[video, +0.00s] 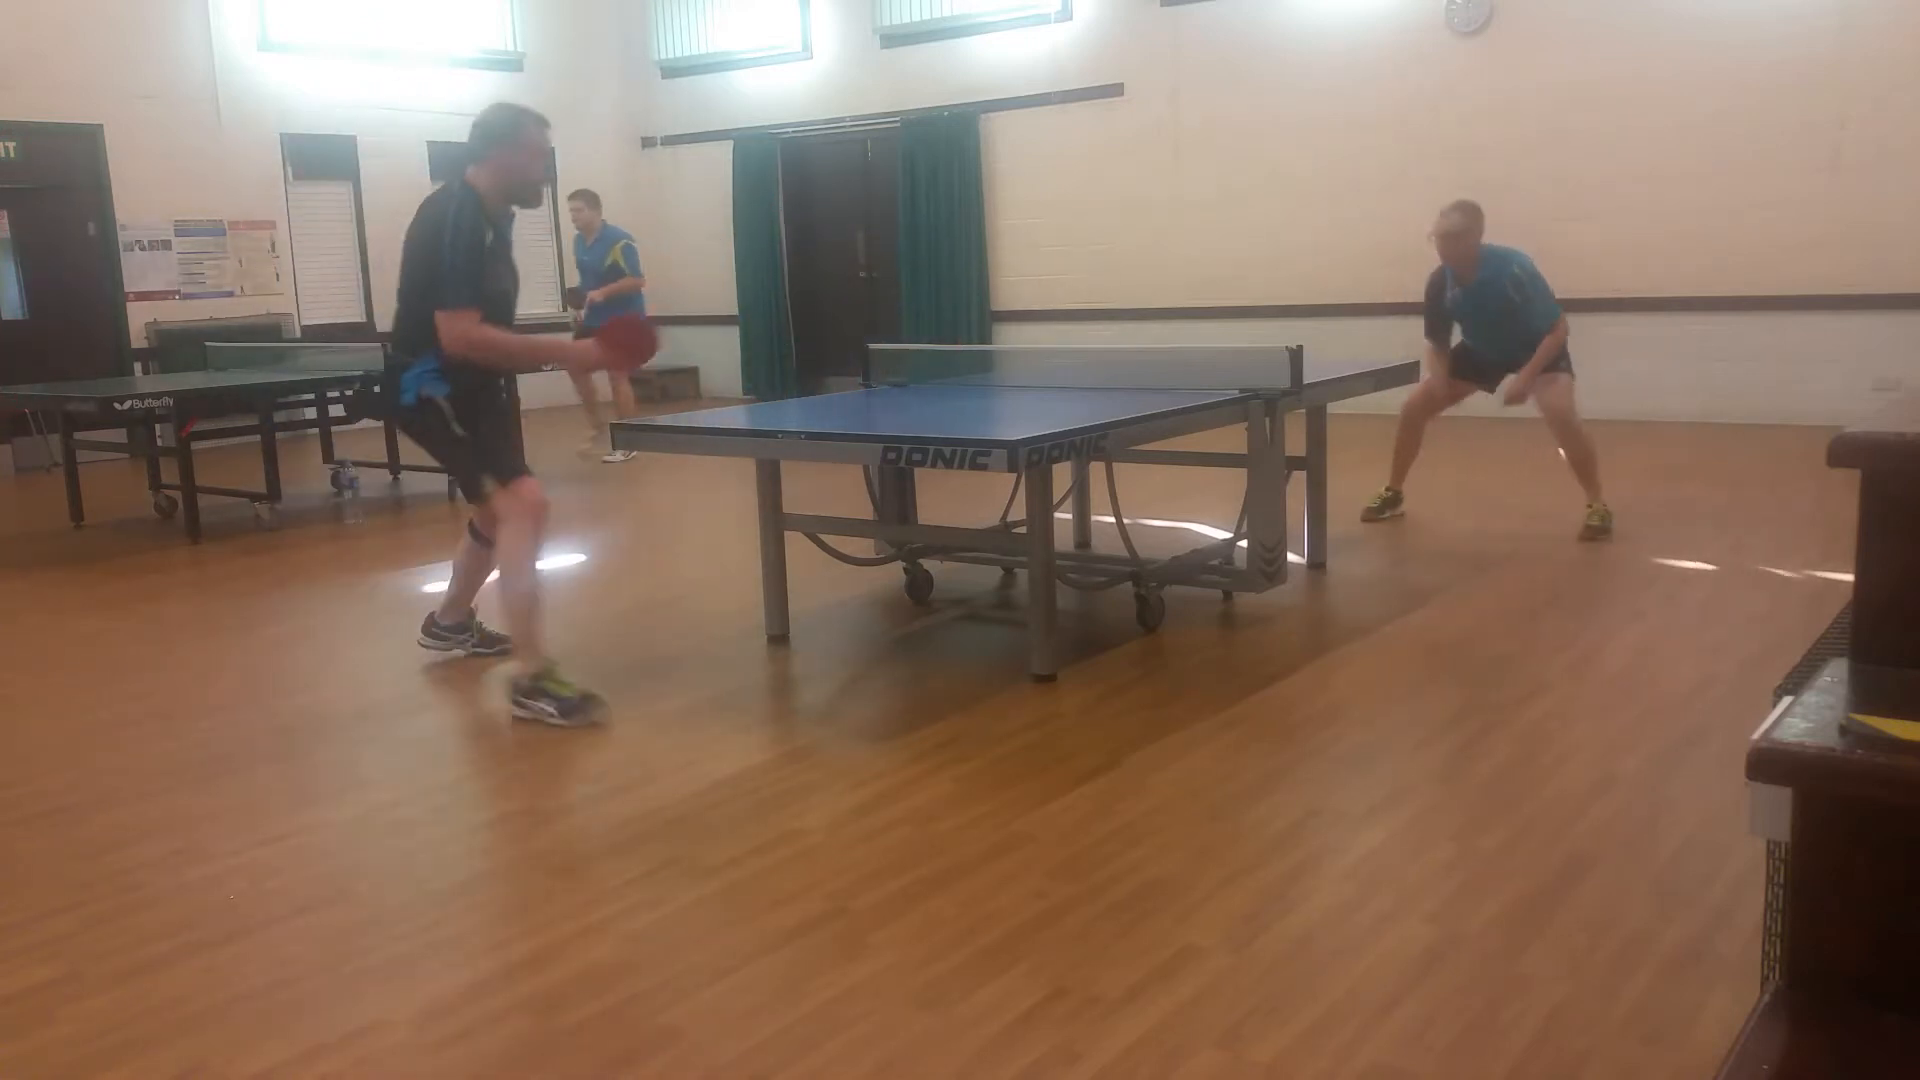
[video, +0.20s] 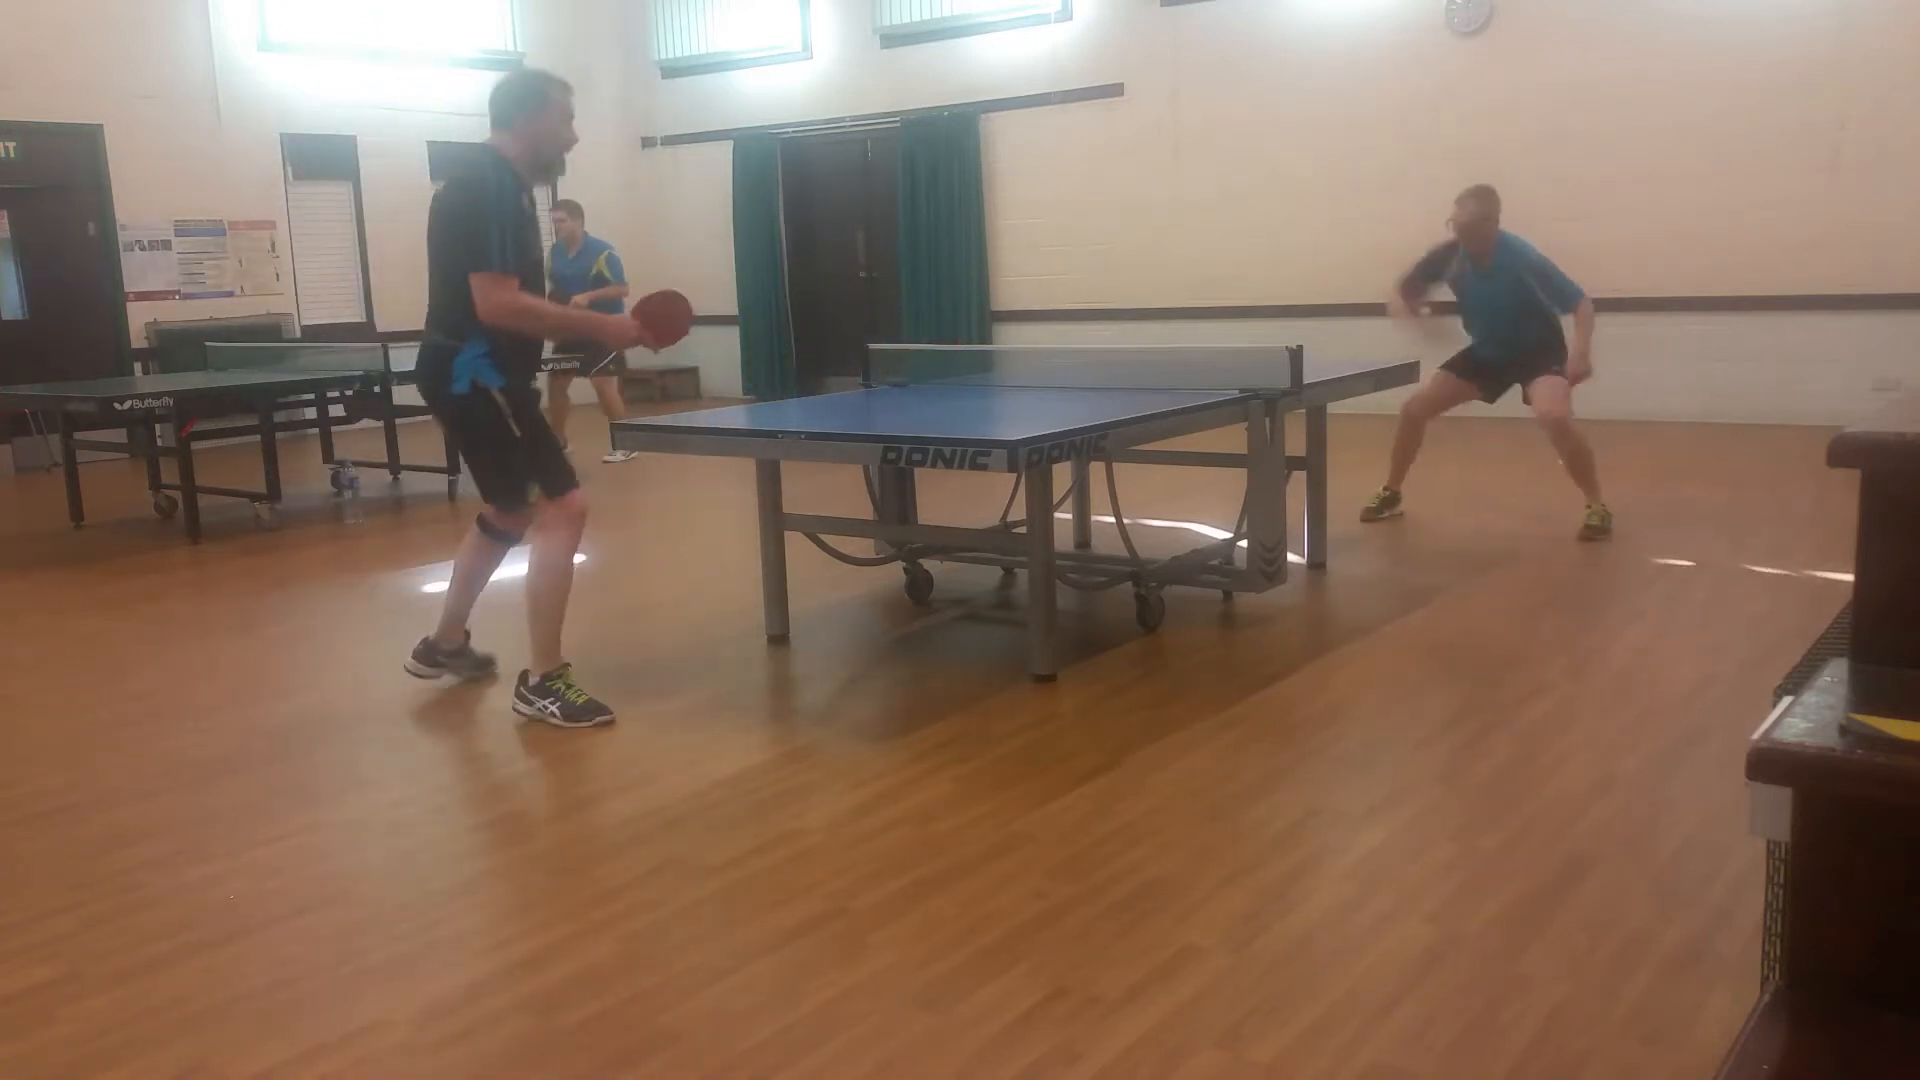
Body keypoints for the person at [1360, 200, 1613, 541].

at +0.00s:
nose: (1439, 246)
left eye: (1448, 238)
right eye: (1437, 238)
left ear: (1472, 240)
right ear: (1434, 239)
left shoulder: (1515, 268)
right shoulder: (1440, 284)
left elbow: (1558, 330)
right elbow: (1437, 342)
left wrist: (1525, 378)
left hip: (1537, 351)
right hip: (1482, 354)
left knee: (1559, 414)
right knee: (1415, 406)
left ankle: (1596, 504)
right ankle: (1393, 492)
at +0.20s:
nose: (1457, 231)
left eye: (1465, 225)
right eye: (1456, 223)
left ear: (1490, 224)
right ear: (1455, 221)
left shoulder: (1521, 257)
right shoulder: (1450, 256)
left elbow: (1581, 303)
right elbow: (1407, 288)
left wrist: (1580, 355)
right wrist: (1408, 308)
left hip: (1540, 352)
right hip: (1488, 353)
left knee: (1554, 419)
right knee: (1415, 408)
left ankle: (1596, 506)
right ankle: (1391, 492)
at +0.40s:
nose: (1460, 193)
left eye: (1470, 185)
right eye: (1458, 185)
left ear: (1493, 188)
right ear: (1455, 186)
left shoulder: (1517, 231)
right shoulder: (1473, 229)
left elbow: (1568, 283)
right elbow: (1488, 275)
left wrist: (1566, 337)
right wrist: (1454, 282)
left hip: (1541, 344)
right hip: (1496, 341)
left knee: (1547, 421)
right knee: (1432, 400)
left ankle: (1595, 507)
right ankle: (1404, 482)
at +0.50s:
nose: (1454, 183)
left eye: (1462, 176)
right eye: (1453, 176)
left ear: (1486, 179)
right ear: (1459, 179)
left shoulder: (1513, 223)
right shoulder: (1476, 220)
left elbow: (1559, 277)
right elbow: (1500, 277)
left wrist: (1544, 325)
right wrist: (1472, 306)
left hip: (1541, 333)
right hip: (1497, 335)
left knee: (1546, 419)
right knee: (1435, 400)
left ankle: (1595, 506)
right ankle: (1447, 475)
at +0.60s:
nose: (1450, 177)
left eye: (1459, 170)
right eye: (1447, 170)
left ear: (1481, 173)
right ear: (1447, 174)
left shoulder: (1504, 215)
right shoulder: (1465, 221)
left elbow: (1545, 269)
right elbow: (1471, 282)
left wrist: (1524, 316)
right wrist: (1434, 309)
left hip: (1532, 329)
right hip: (1490, 334)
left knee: (1543, 415)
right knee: (1448, 409)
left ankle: (1593, 504)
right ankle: (1477, 481)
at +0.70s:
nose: (1438, 170)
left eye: (1447, 162)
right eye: (1436, 163)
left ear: (1469, 166)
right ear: (1434, 168)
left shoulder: (1487, 207)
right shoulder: (1448, 218)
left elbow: (1528, 257)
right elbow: (1432, 276)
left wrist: (1511, 303)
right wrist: (1398, 302)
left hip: (1517, 322)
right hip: (1479, 329)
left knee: (1531, 412)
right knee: (1446, 404)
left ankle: (1585, 498)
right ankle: (1477, 480)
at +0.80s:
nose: (1427, 158)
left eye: (1435, 151)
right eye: (1425, 151)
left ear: (1457, 152)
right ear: (1427, 155)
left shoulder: (1478, 193)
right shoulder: (1440, 206)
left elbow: (1514, 244)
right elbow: (1426, 266)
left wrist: (1494, 291)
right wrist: (1390, 285)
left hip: (1504, 309)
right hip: (1467, 315)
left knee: (1500, 402)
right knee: (1447, 401)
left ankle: (1570, 475)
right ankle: (1476, 479)